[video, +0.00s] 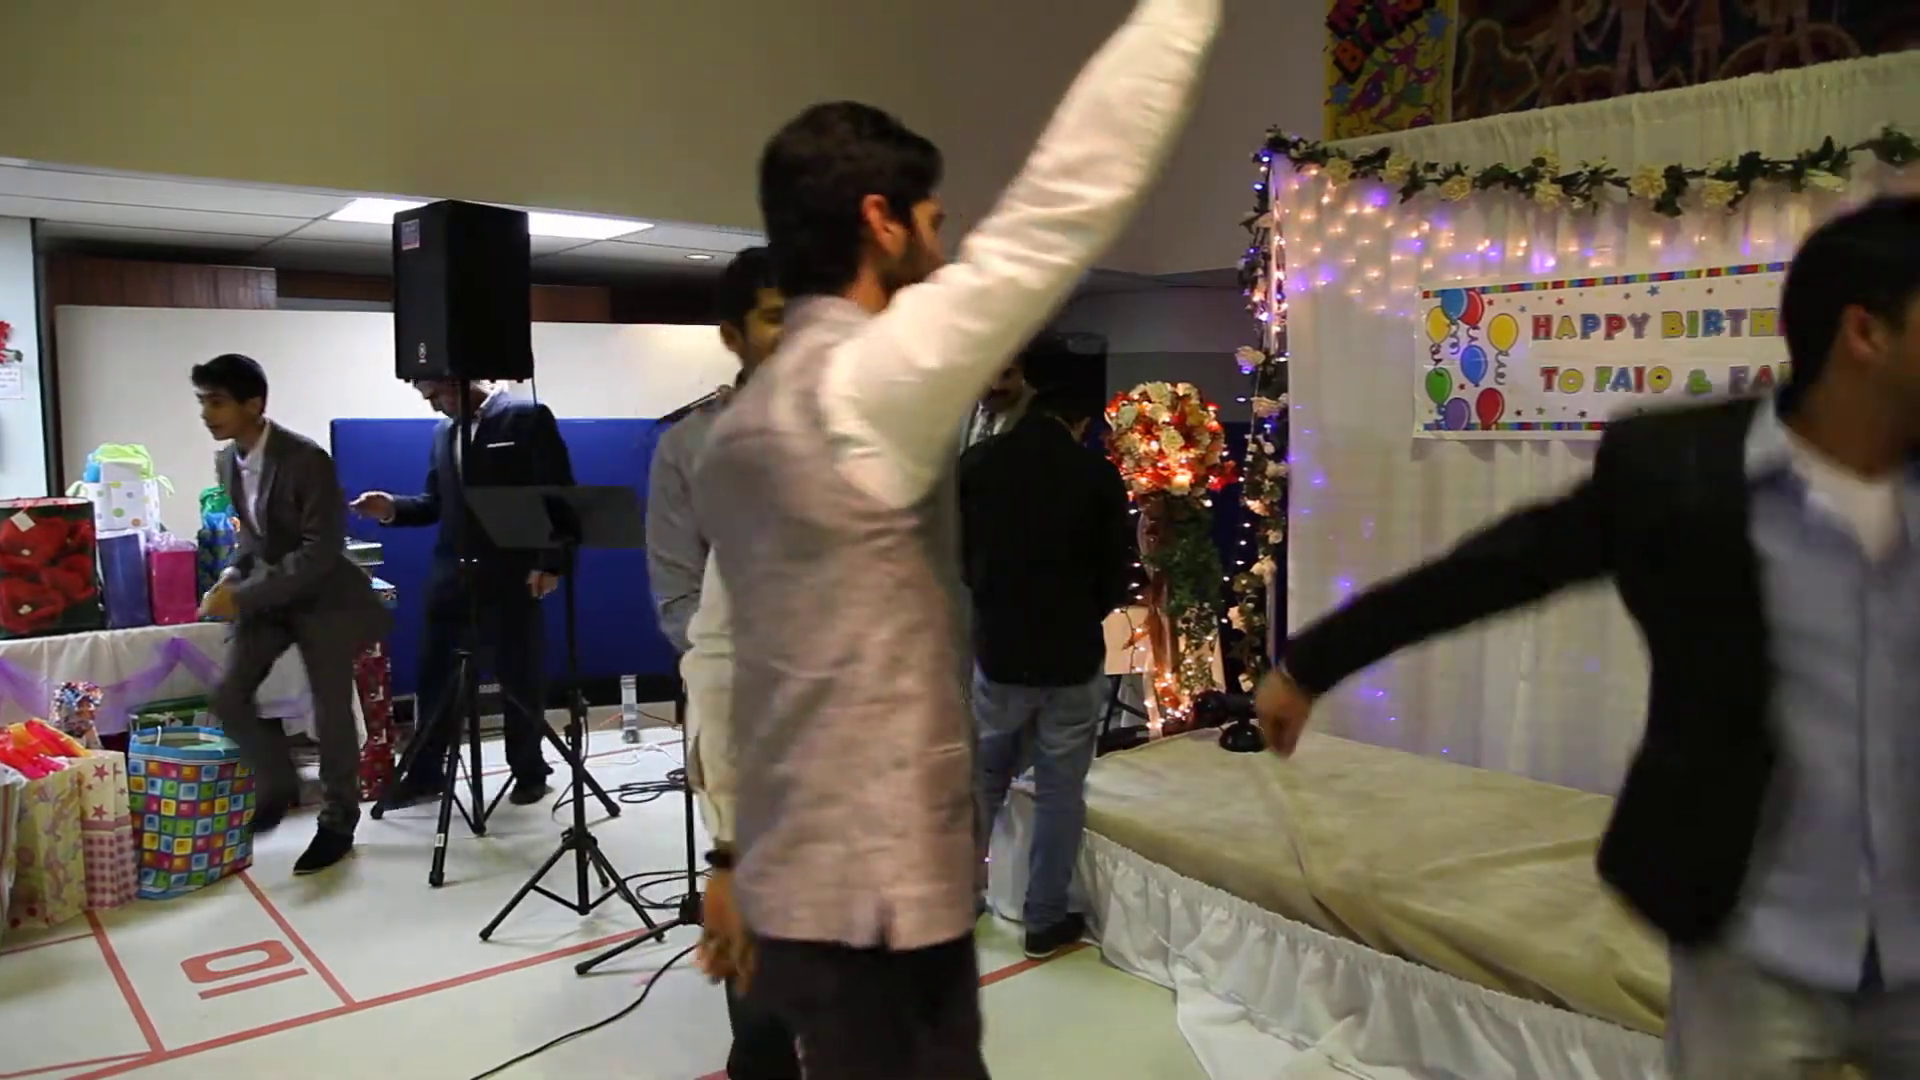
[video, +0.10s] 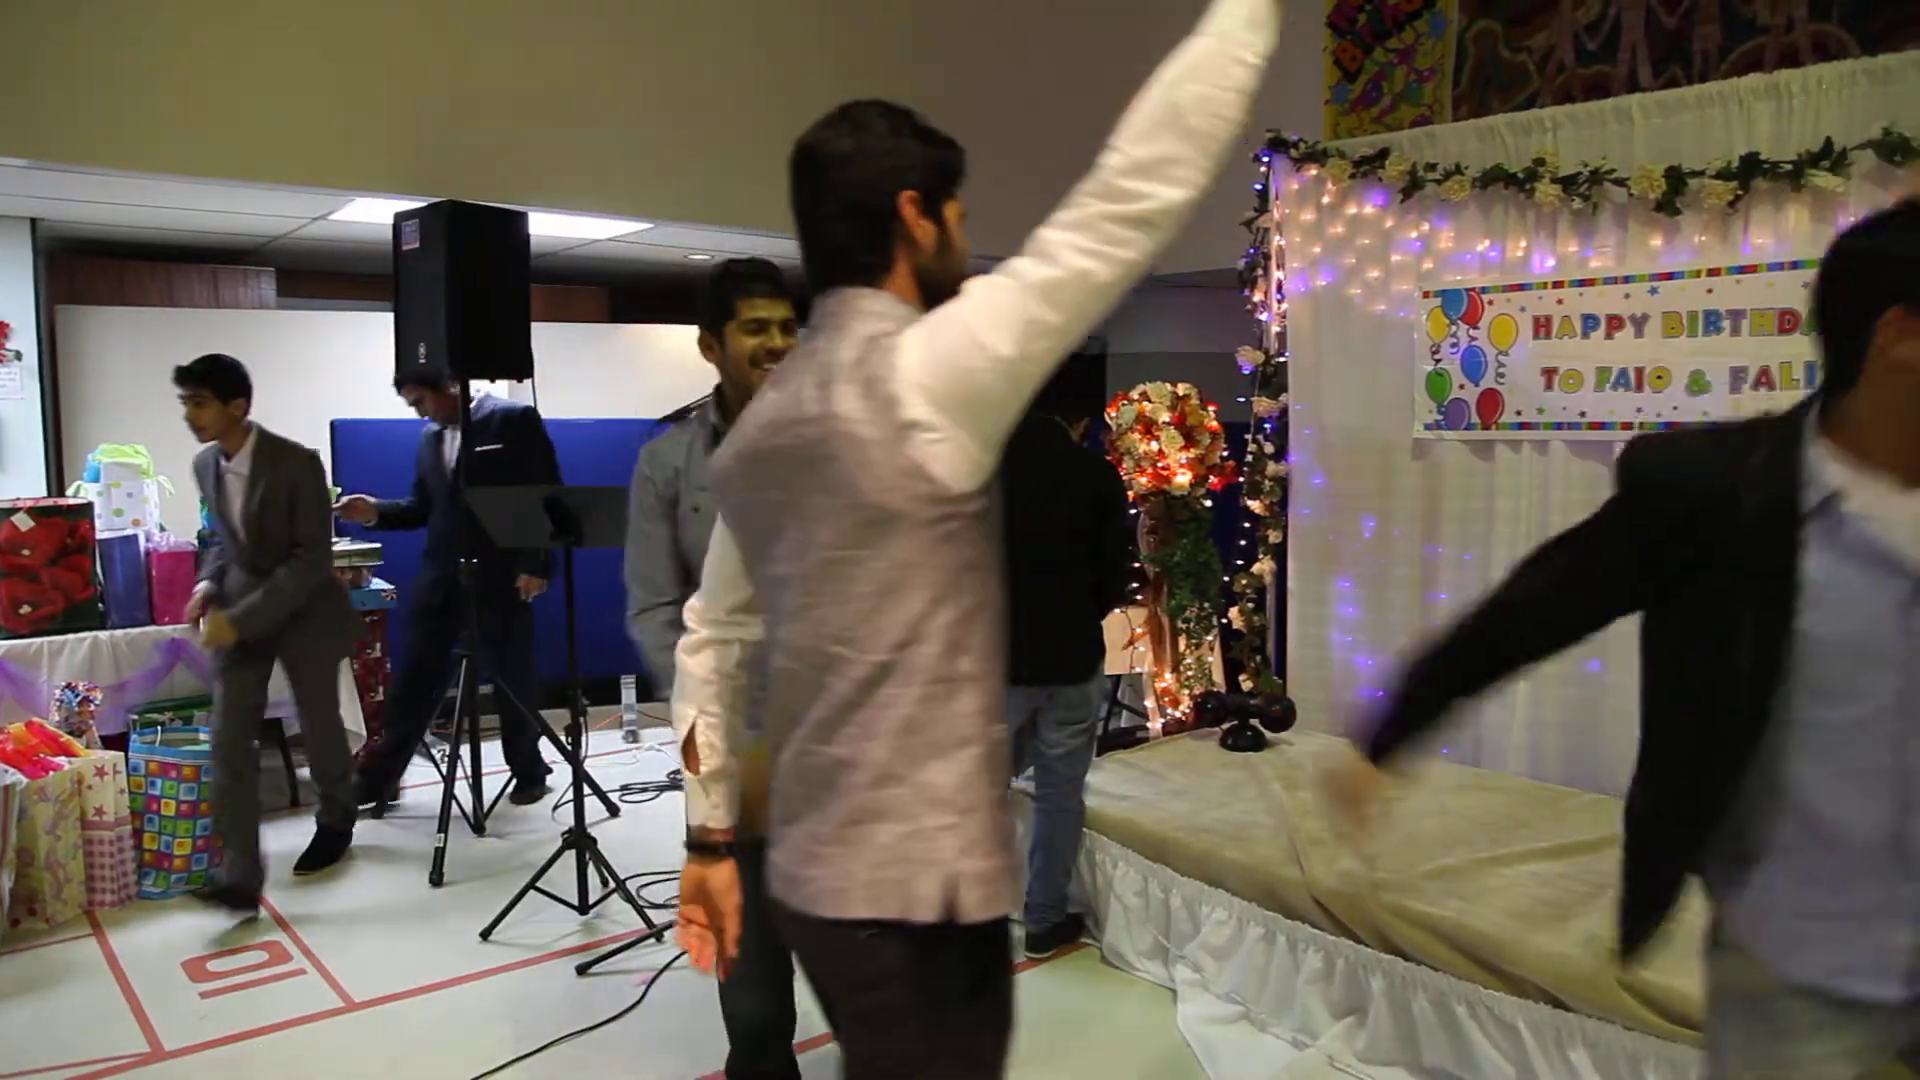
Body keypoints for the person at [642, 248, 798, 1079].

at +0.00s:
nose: (785, 333)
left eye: (793, 316)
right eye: (768, 319)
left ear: (812, 322)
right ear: (730, 329)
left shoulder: (844, 419)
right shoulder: (688, 441)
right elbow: (674, 589)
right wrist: (719, 674)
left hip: (840, 651)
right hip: (740, 661)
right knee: (748, 850)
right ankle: (759, 1045)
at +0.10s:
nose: (774, 343)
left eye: (787, 327)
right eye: (753, 329)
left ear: (803, 336)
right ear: (712, 345)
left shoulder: (829, 436)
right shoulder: (670, 455)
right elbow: (652, 604)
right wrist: (698, 705)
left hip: (835, 697)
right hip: (735, 707)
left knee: (849, 908)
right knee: (748, 914)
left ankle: (878, 1052)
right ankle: (760, 1061)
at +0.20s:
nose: (760, 331)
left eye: (771, 315)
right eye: (739, 316)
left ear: (787, 329)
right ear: (696, 335)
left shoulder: (824, 432)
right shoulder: (659, 454)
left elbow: (879, 573)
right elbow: (623, 603)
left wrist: (889, 700)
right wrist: (619, 735)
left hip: (844, 721)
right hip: (732, 731)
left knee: (873, 927)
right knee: (749, 939)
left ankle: (915, 1060)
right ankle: (764, 1069)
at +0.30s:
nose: (751, 317)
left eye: (762, 303)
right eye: (730, 304)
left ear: (778, 317)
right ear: (690, 323)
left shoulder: (825, 415)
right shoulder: (652, 448)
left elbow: (889, 550)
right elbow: (583, 583)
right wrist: (512, 702)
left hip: (834, 706)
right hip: (725, 724)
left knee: (865, 906)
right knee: (763, 934)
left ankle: (941, 1059)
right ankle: (798, 1073)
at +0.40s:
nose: (745, 327)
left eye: (759, 312)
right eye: (724, 312)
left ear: (776, 325)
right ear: (689, 331)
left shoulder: (827, 422)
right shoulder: (651, 454)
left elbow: (901, 552)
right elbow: (552, 565)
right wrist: (428, 658)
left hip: (836, 713)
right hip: (728, 729)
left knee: (846, 908)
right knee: (756, 932)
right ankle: (807, 1068)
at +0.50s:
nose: (740, 331)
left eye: (755, 315)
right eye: (719, 317)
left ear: (776, 329)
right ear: (691, 337)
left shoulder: (832, 429)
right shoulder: (657, 458)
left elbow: (909, 555)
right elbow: (549, 548)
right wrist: (401, 596)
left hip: (838, 718)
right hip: (725, 736)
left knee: (832, 918)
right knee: (752, 937)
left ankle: (940, 863)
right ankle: (807, 1069)